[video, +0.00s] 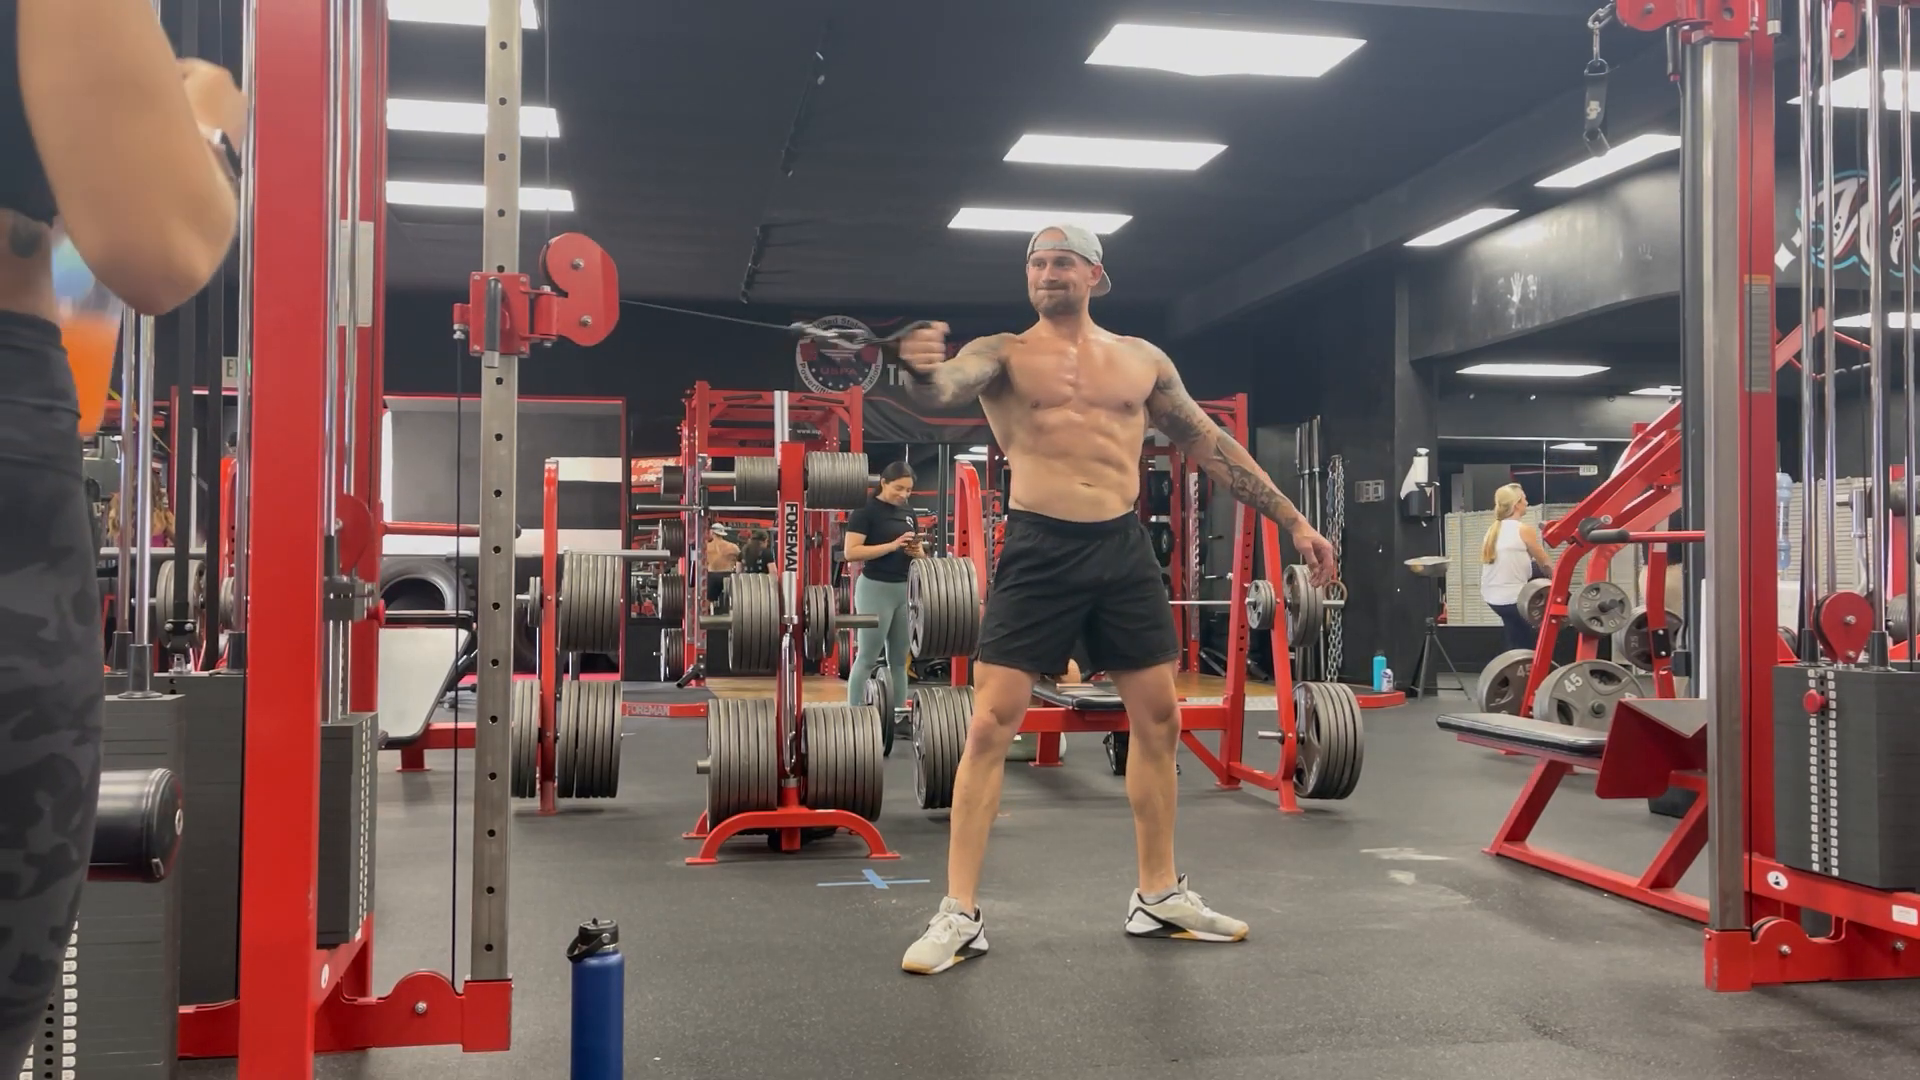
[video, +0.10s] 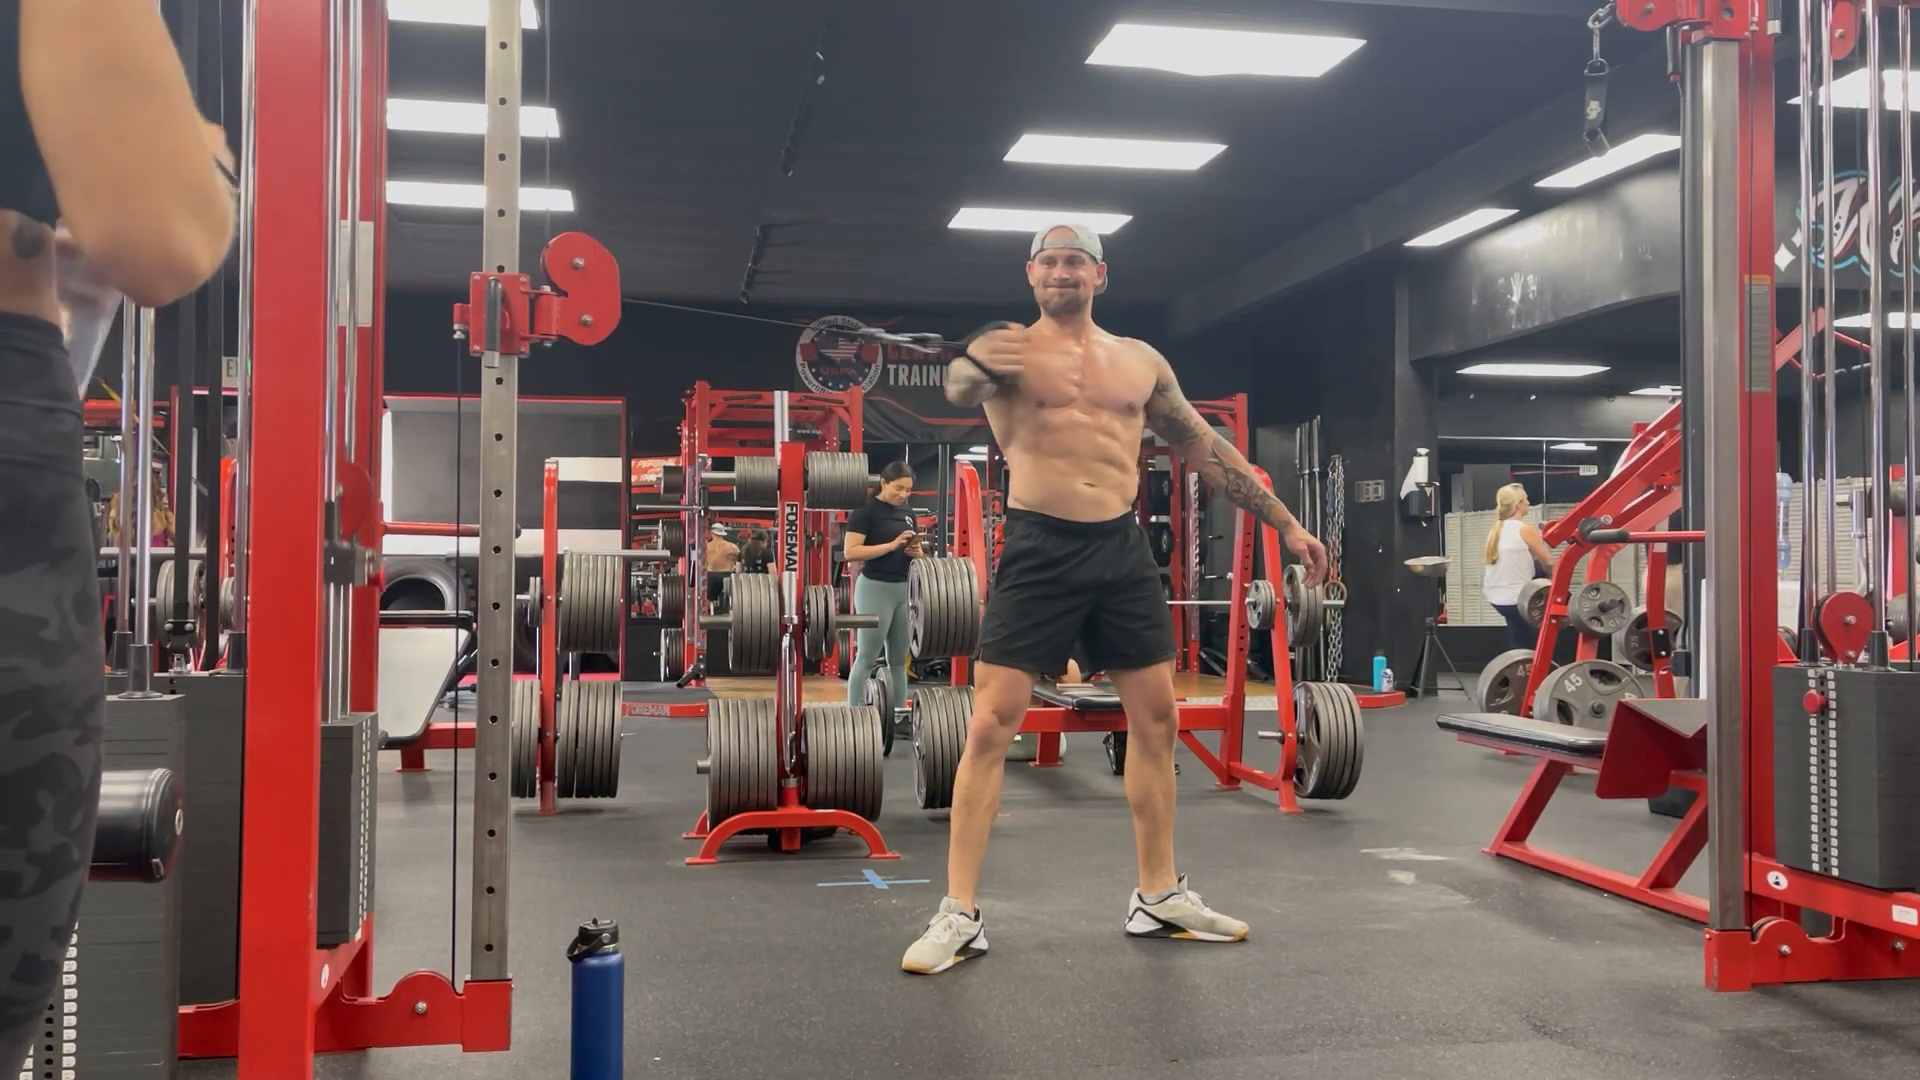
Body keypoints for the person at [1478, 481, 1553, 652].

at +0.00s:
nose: (1526, 503)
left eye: (1525, 499)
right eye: (1524, 500)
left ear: (1503, 506)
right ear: (1516, 505)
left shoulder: (1493, 529)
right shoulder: (1523, 529)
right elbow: (1544, 561)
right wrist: (1556, 579)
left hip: (1492, 598)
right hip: (1514, 600)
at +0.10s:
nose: (1528, 504)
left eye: (1527, 500)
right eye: (1525, 500)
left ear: (1505, 505)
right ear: (1518, 505)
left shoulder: (1496, 529)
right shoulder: (1524, 529)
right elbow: (1547, 560)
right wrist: (1556, 575)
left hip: (1495, 597)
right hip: (1516, 599)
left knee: (1519, 641)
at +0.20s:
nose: (1529, 503)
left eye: (1528, 499)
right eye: (1526, 500)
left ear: (1505, 505)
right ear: (1519, 505)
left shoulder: (1498, 529)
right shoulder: (1526, 529)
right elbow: (1549, 559)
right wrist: (1557, 576)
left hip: (1498, 597)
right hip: (1520, 598)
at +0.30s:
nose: (1530, 505)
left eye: (1529, 501)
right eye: (1528, 501)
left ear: (1505, 505)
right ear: (1520, 505)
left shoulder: (1500, 530)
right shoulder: (1527, 529)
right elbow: (1553, 557)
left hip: (1503, 596)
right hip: (1524, 597)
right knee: (1527, 643)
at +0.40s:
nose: (1532, 506)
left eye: (1531, 502)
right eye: (1530, 502)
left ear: (1508, 506)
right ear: (1522, 506)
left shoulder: (1501, 530)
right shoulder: (1529, 529)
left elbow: (1499, 559)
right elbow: (1554, 556)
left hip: (1506, 595)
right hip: (1529, 596)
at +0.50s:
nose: (1535, 506)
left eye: (1534, 502)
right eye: (1533, 503)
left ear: (1512, 507)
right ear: (1526, 506)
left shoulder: (1504, 531)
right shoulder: (1533, 530)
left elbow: (1500, 561)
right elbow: (1553, 553)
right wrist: (1560, 554)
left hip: (1509, 595)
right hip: (1533, 595)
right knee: (1529, 640)